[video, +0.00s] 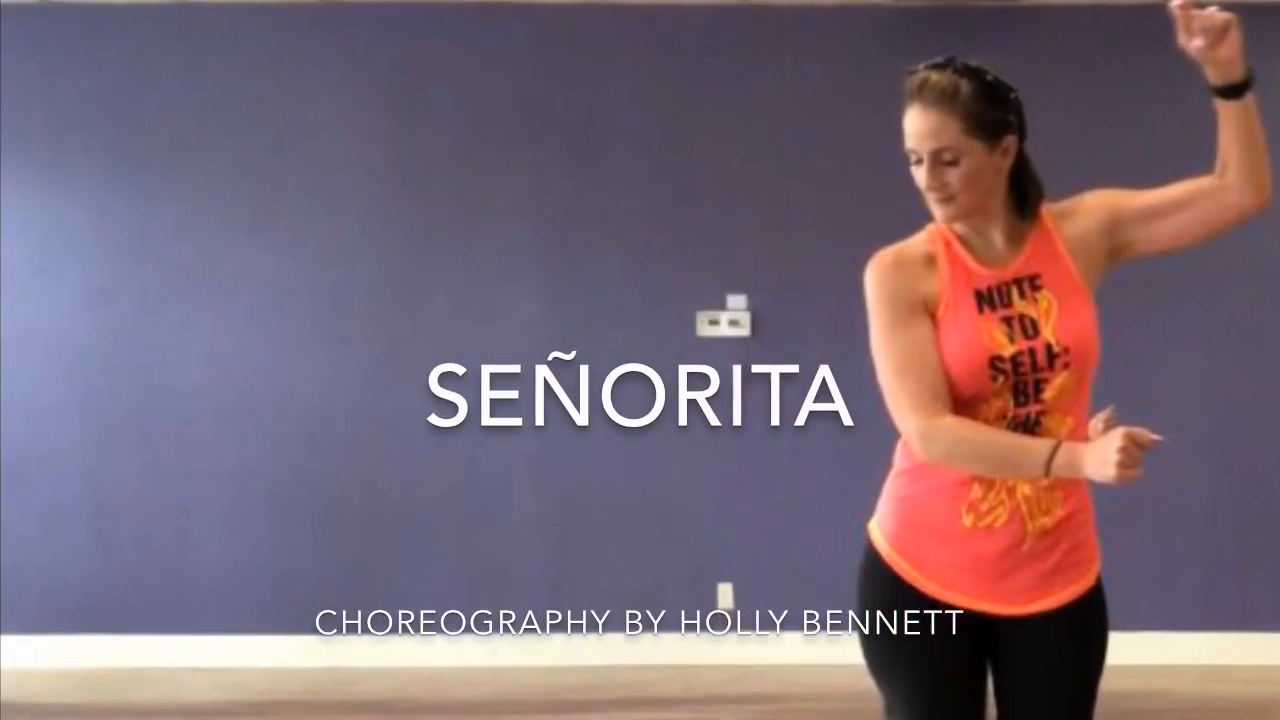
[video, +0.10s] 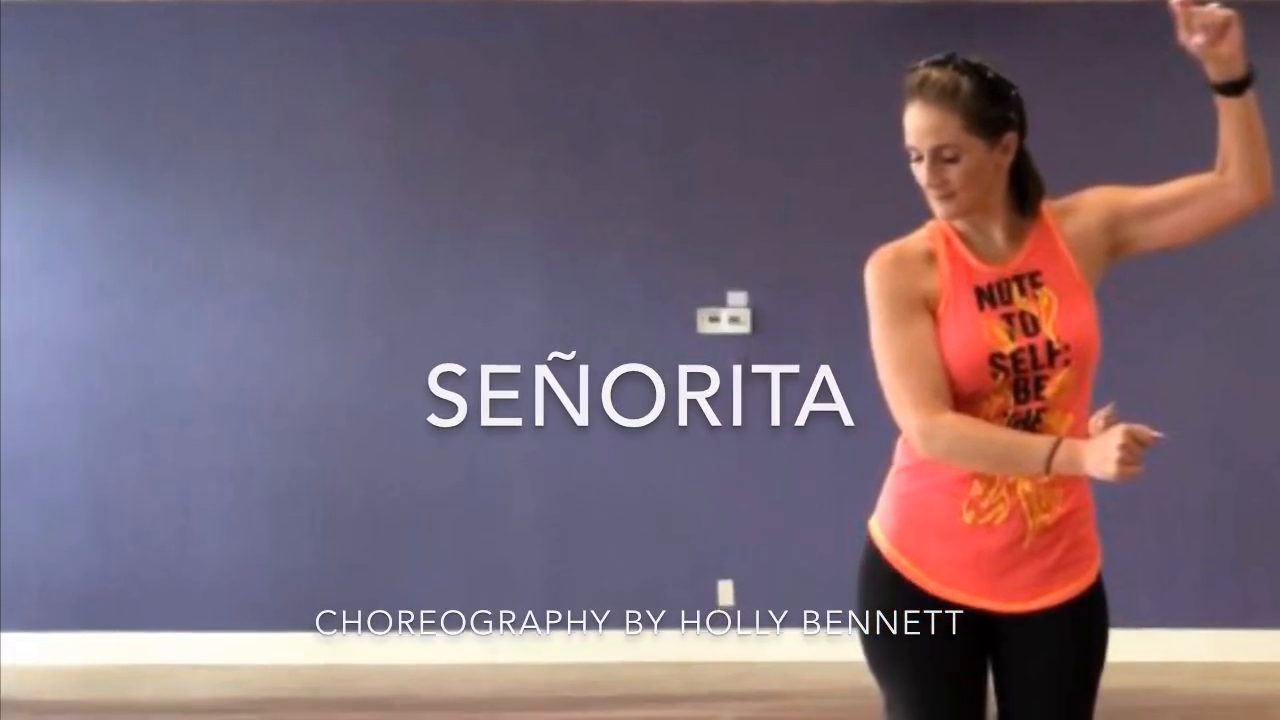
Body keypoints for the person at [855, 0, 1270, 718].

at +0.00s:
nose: (928, 181)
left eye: (946, 160)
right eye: (916, 162)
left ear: (1005, 149)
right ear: (906, 158)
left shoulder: (1087, 229)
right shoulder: (901, 273)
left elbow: (1242, 191)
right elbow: (928, 432)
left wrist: (1228, 79)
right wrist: (1074, 457)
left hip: (1054, 587)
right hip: (919, 587)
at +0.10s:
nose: (929, 179)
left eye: (947, 157)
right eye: (916, 159)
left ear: (1005, 146)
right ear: (906, 154)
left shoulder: (1087, 226)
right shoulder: (901, 270)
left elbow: (1243, 189)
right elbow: (929, 429)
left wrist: (1228, 76)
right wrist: (1076, 455)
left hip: (1054, 584)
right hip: (920, 584)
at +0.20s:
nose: (929, 176)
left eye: (947, 154)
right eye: (916, 155)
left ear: (1006, 142)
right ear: (906, 151)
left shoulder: (1087, 223)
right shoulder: (901, 267)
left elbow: (1244, 185)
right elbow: (930, 427)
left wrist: (1229, 74)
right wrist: (1076, 452)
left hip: (1055, 581)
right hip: (921, 581)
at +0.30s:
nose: (928, 173)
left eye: (947, 151)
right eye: (916, 151)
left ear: (1007, 140)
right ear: (906, 147)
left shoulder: (1088, 220)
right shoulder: (901, 264)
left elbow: (1244, 180)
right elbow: (930, 424)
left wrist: (1228, 68)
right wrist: (1076, 450)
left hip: (1055, 578)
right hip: (922, 577)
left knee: (1054, 711)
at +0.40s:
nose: (929, 170)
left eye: (947, 148)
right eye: (916, 149)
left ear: (1006, 137)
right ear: (906, 144)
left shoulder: (1088, 217)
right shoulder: (901, 261)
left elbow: (1245, 177)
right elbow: (930, 420)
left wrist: (1229, 65)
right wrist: (1076, 447)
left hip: (1056, 574)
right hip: (923, 574)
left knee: (1055, 710)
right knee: (936, 707)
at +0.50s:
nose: (929, 166)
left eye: (948, 144)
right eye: (916, 145)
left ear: (1007, 134)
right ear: (907, 142)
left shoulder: (1089, 215)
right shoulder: (902, 258)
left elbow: (1246, 175)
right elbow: (931, 417)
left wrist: (1230, 61)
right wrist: (1077, 443)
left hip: (1056, 573)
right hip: (923, 573)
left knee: (1055, 711)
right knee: (935, 707)